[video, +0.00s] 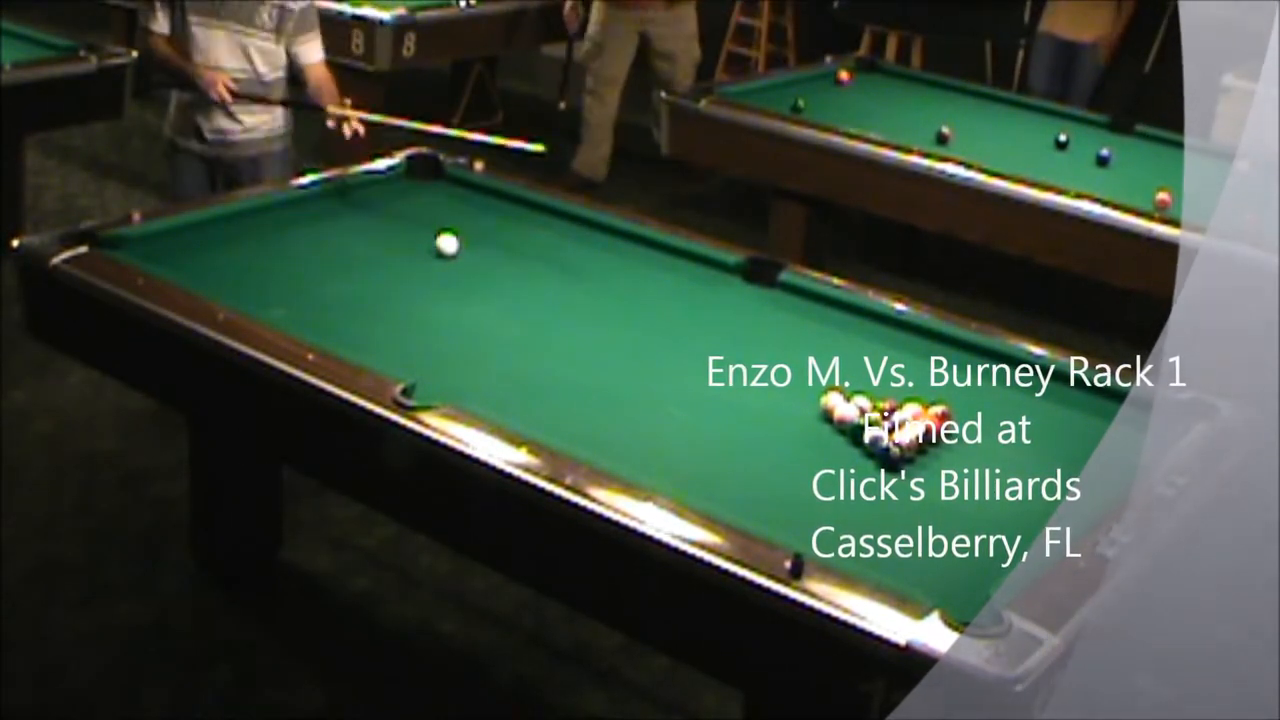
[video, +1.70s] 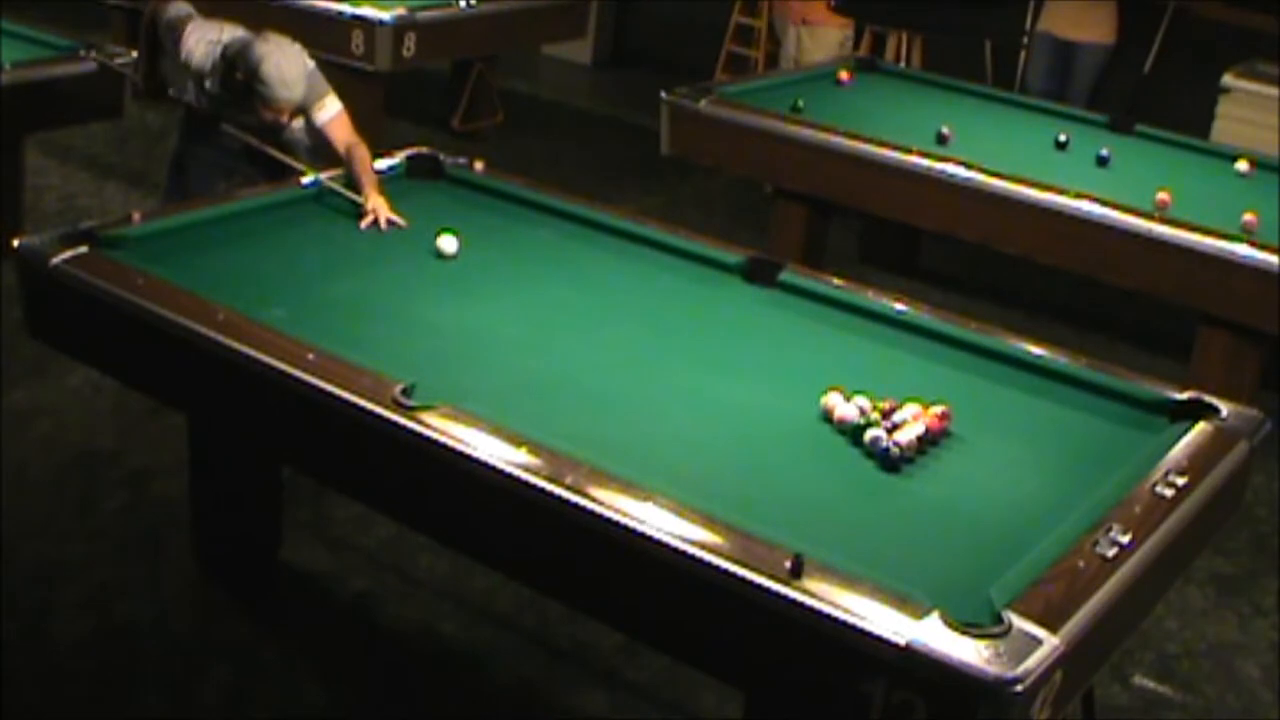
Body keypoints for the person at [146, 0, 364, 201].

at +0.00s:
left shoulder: (295, 6)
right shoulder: (176, 6)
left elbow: (314, 66)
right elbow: (154, 39)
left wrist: (334, 105)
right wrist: (197, 74)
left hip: (264, 147)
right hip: (194, 144)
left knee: (261, 250)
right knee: (188, 247)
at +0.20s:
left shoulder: (290, 10)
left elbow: (318, 74)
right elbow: (145, 24)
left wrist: (339, 121)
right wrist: (168, 86)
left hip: (261, 141)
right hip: (193, 135)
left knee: (263, 241)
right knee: (184, 238)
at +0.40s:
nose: (259, 20)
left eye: (264, 14)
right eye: (248, 15)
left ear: (276, 3)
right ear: (224, 7)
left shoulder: (297, 25)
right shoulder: (199, 9)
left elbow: (338, 108)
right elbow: (143, 9)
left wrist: (353, 162)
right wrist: (141, 61)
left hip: (273, 147)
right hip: (205, 137)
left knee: (271, 244)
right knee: (197, 238)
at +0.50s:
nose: (277, 41)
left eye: (284, 31)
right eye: (268, 34)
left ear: (292, 18)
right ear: (237, 27)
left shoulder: (302, 39)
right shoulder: (199, 20)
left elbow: (343, 125)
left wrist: (357, 181)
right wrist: (170, 69)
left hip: (281, 143)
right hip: (209, 133)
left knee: (280, 235)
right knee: (201, 231)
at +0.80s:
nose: (281, 79)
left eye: (288, 68)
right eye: (271, 69)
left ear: (298, 53)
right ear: (246, 54)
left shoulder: (306, 71)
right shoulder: (198, 26)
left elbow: (346, 143)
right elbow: (152, 26)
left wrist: (368, 192)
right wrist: (179, 95)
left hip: (279, 148)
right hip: (213, 133)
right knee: (195, 226)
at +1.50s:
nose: (283, 118)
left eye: (290, 109)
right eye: (272, 109)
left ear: (299, 85)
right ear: (242, 80)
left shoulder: (304, 76)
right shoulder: (200, 53)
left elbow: (348, 145)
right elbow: (162, 15)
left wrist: (373, 194)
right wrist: (173, 102)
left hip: (272, 145)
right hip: (208, 135)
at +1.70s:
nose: (284, 120)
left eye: (291, 113)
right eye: (274, 112)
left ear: (301, 87)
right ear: (244, 82)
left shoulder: (304, 75)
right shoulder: (202, 53)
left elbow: (350, 144)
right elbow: (168, 11)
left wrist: (373, 194)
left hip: (274, 141)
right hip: (212, 126)